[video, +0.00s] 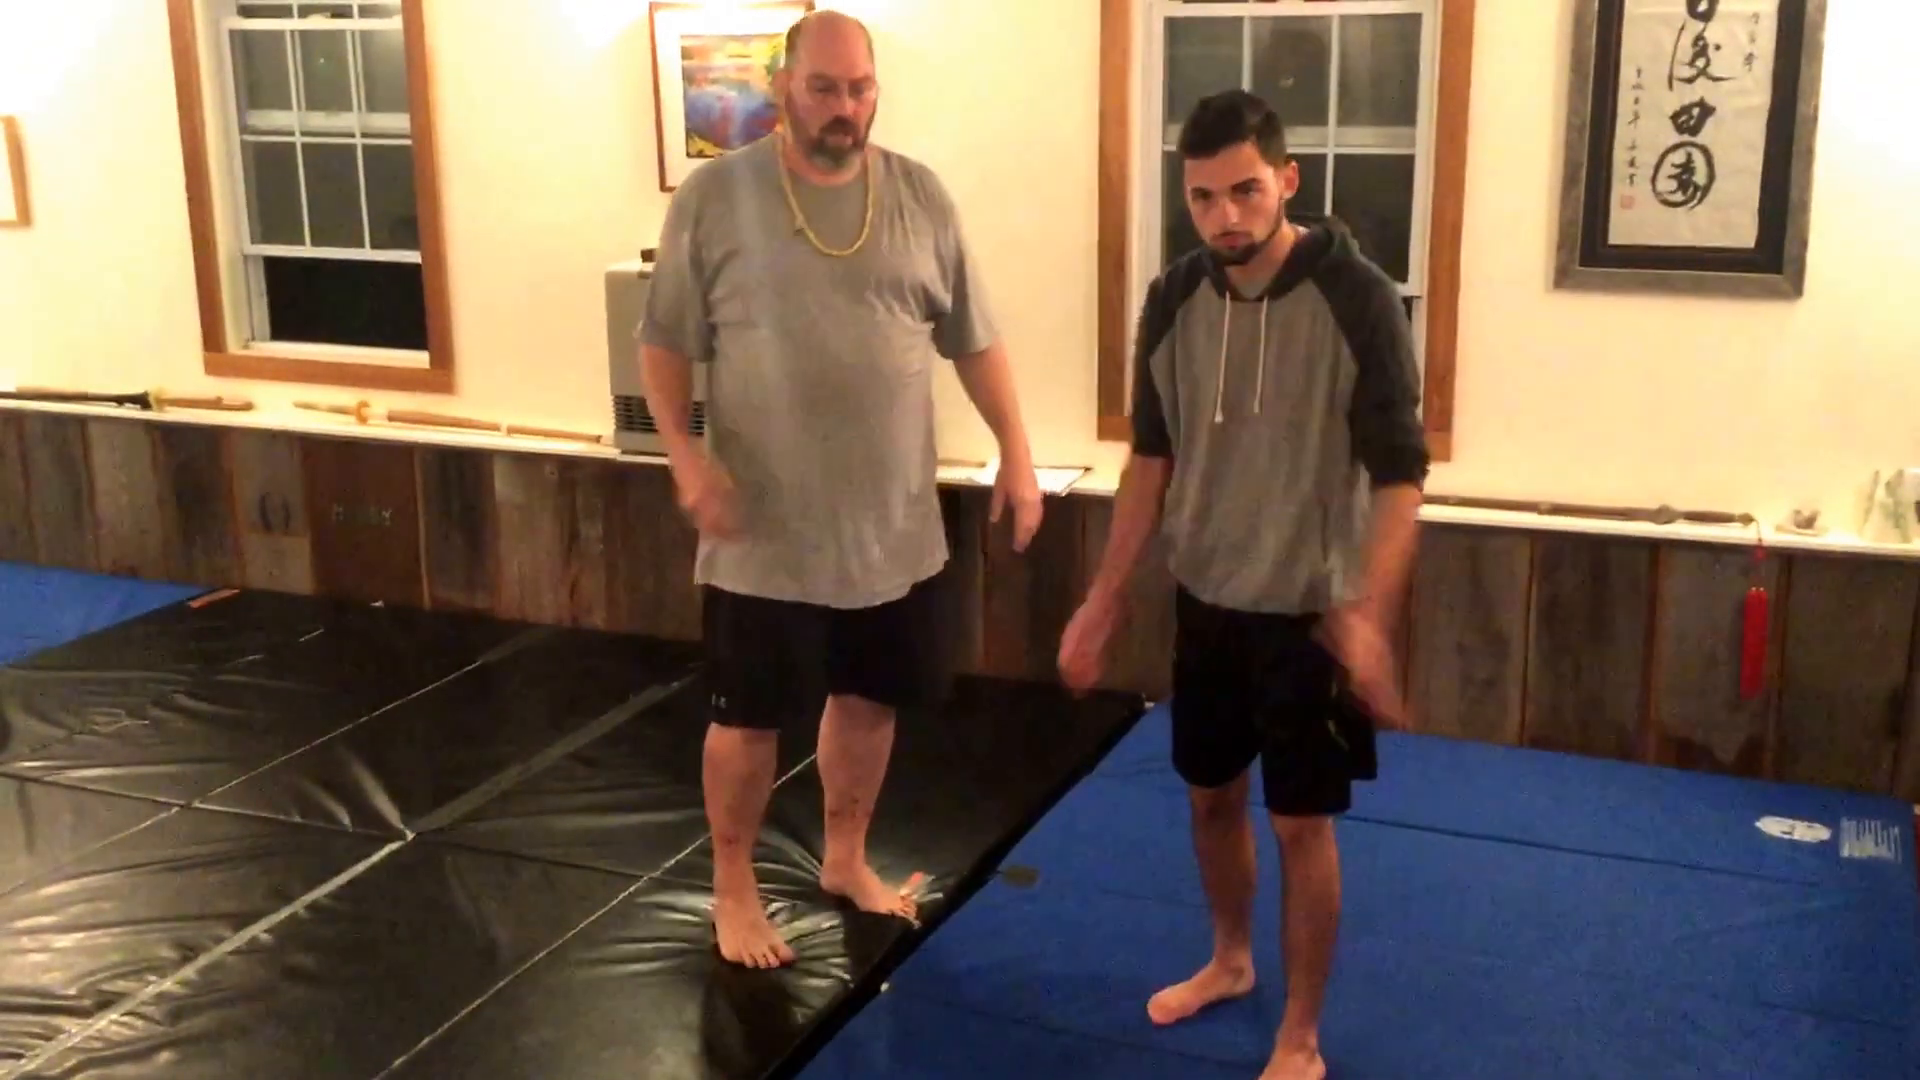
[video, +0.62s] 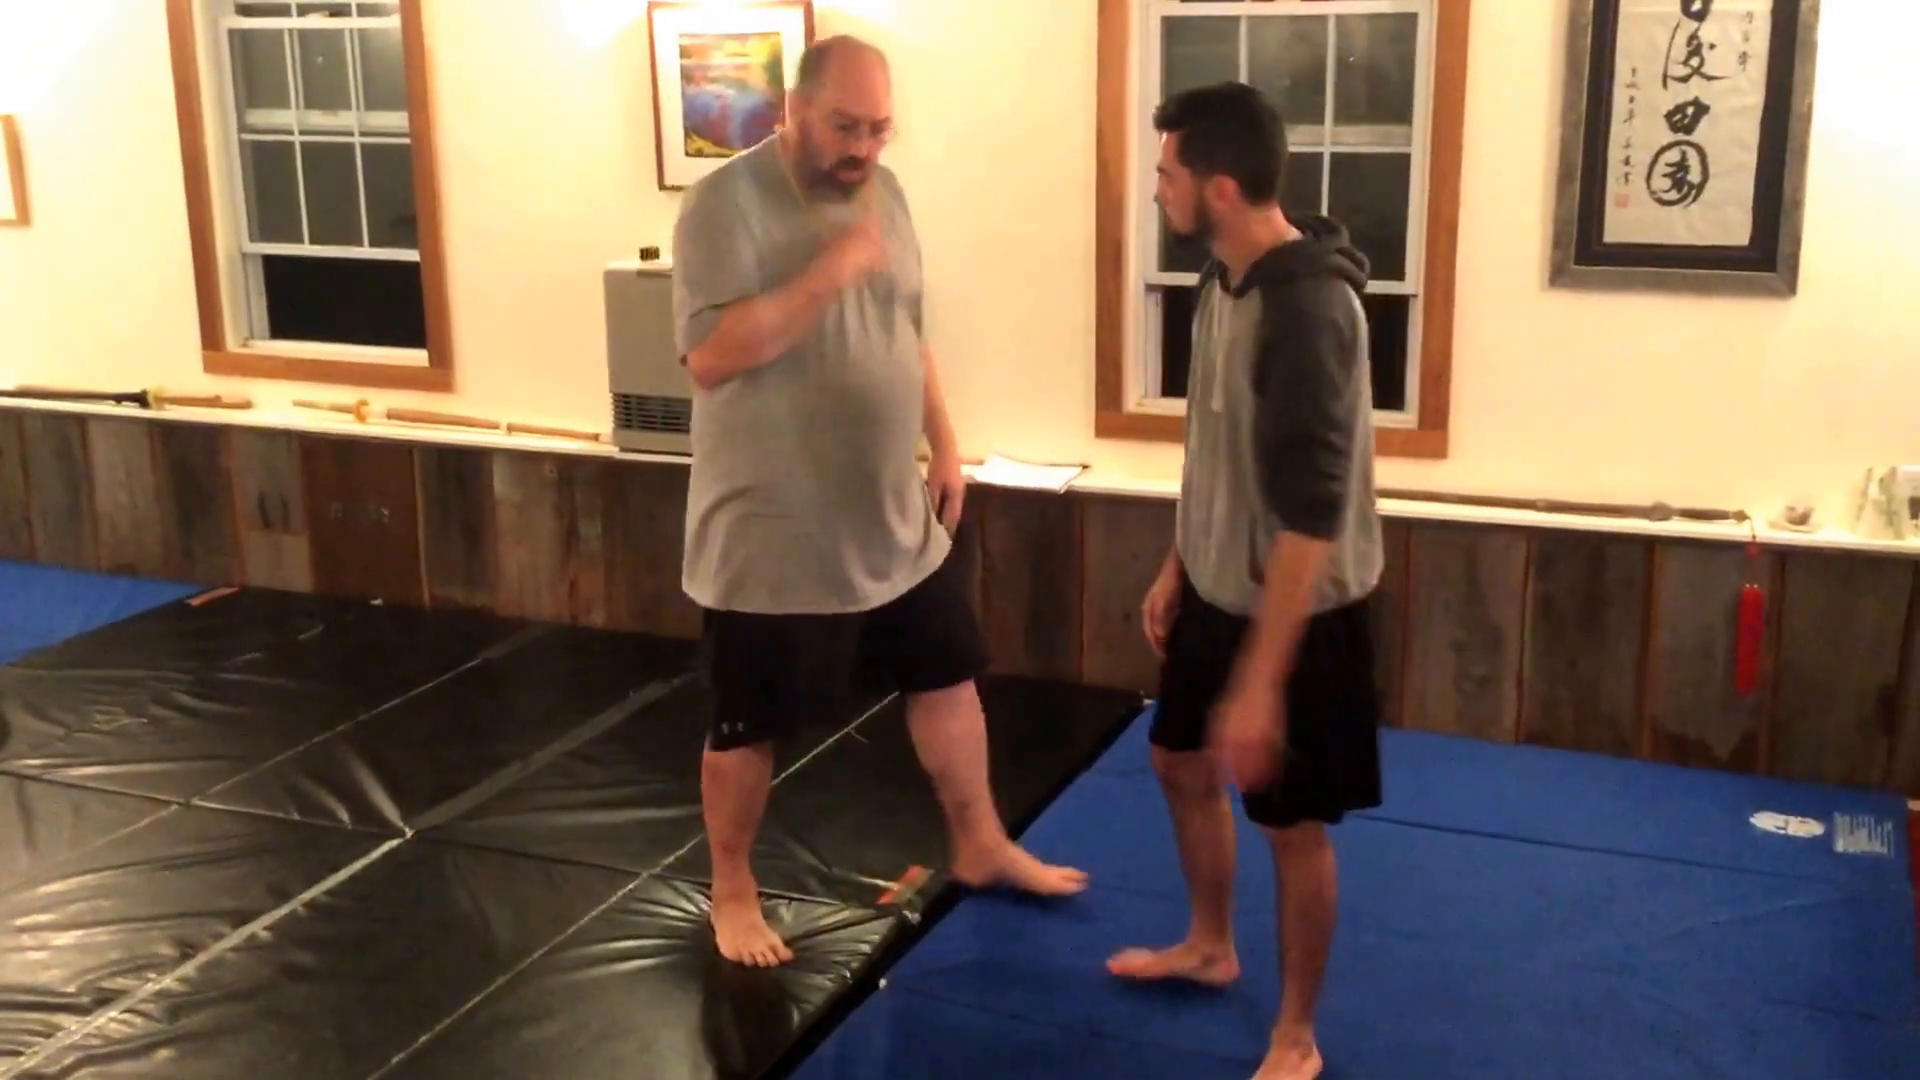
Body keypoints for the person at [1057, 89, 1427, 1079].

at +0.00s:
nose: (1225, 217)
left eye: (1243, 192)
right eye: (1204, 197)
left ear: (1287, 179)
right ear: (1184, 196)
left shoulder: (1356, 299)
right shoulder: (1176, 295)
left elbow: (1400, 472)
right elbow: (1149, 458)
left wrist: (1370, 609)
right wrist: (1104, 599)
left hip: (1311, 609)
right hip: (1207, 599)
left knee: (1300, 822)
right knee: (1214, 796)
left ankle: (1299, 1035)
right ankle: (1230, 962)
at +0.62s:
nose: (1159, 190)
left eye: (1168, 174)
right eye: (1161, 172)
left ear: (1220, 182)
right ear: (1230, 179)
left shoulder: (1309, 302)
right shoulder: (1224, 278)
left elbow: (1310, 519)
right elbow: (1220, 454)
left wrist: (1258, 685)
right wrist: (1179, 562)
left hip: (1303, 611)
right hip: (1219, 591)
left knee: (1296, 824)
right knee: (1180, 757)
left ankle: (1297, 1033)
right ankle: (1209, 945)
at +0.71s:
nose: (1157, 185)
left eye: (1166, 168)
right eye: (1159, 166)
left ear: (1214, 177)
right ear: (1233, 174)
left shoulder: (1296, 295)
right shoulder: (1231, 278)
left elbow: (1287, 505)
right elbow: (1221, 456)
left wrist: (1207, 660)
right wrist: (1181, 566)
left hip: (1294, 607)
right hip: (1224, 592)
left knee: (1289, 826)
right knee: (1183, 754)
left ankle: (1295, 1031)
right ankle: (1207, 948)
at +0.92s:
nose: (1156, 172)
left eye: (1164, 154)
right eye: (1158, 153)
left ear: (1205, 164)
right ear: (1230, 163)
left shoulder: (1263, 285)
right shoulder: (1260, 266)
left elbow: (1221, 484)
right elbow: (1243, 459)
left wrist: (1101, 615)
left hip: (1258, 591)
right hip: (1216, 582)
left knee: (1255, 813)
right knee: (1189, 762)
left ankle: (1289, 1030)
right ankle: (1206, 950)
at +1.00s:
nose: (1151, 176)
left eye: (1159, 158)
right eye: (1152, 157)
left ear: (1201, 163)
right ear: (1226, 161)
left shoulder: (1249, 281)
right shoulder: (1274, 259)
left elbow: (1203, 479)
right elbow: (1253, 449)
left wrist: (1089, 606)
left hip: (1248, 581)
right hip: (1222, 573)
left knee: (1242, 803)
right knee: (1189, 756)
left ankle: (1288, 1028)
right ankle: (1204, 950)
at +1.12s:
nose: (1141, 184)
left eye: (1144, 163)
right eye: (1139, 164)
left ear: (1181, 161)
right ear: (1220, 156)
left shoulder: (1233, 278)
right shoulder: (1270, 256)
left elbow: (1195, 466)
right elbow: (1235, 447)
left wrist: (1111, 589)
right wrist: (1171, 562)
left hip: (1244, 570)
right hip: (1235, 563)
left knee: (1216, 794)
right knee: (1193, 769)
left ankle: (1296, 1017)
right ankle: (1202, 947)